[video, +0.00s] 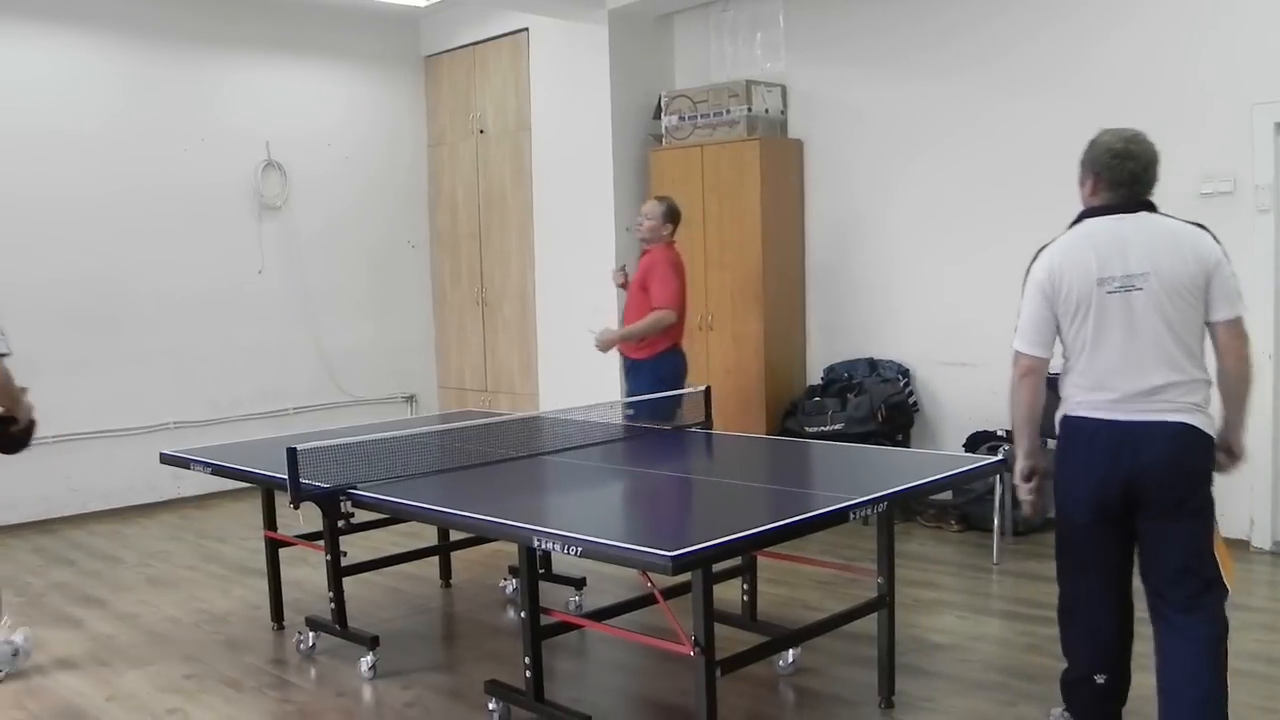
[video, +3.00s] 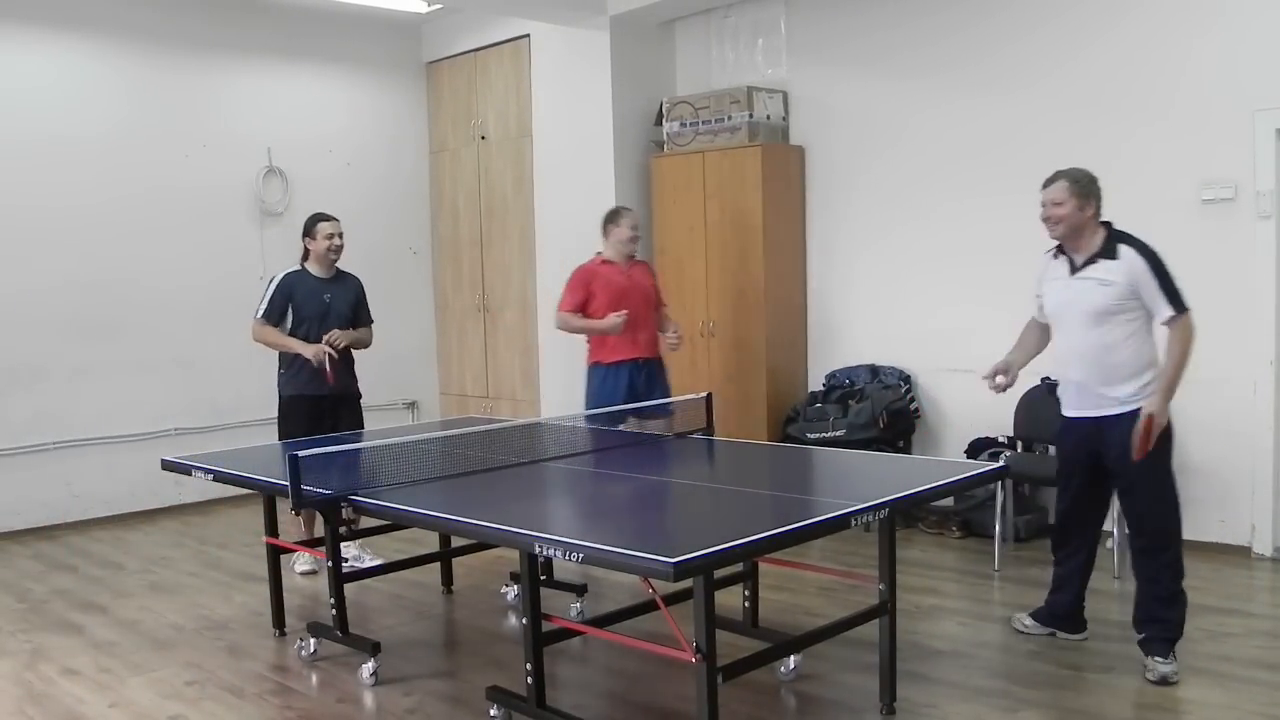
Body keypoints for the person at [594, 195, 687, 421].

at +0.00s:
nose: (639, 222)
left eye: (647, 218)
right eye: (640, 216)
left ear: (666, 229)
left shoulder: (663, 258)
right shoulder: (652, 256)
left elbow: (667, 314)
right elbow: (650, 298)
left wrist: (618, 336)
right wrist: (627, 285)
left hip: (656, 364)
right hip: (645, 362)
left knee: (649, 442)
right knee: (644, 441)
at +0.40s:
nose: (589, 234)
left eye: (597, 229)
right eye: (590, 226)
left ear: (619, 235)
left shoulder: (624, 266)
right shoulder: (611, 261)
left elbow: (640, 324)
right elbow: (621, 299)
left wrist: (596, 359)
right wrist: (595, 293)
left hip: (629, 370)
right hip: (616, 369)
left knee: (627, 450)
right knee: (624, 449)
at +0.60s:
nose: (572, 242)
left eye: (579, 237)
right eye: (570, 235)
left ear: (601, 240)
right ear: (568, 233)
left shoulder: (610, 270)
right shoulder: (594, 263)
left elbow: (634, 327)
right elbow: (607, 296)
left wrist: (595, 366)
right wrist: (581, 296)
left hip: (625, 375)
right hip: (610, 374)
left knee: (627, 453)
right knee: (622, 452)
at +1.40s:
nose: (573, 236)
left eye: (581, 230)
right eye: (569, 229)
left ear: (599, 233)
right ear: (564, 230)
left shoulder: (615, 272)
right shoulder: (563, 263)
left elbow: (640, 319)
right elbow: (565, 294)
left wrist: (614, 360)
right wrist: (547, 308)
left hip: (608, 378)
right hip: (571, 376)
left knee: (609, 446)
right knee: (576, 446)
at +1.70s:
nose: (572, 232)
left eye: (579, 226)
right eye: (565, 225)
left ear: (589, 231)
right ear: (555, 230)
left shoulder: (609, 268)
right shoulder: (538, 270)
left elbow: (631, 307)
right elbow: (521, 307)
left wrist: (627, 344)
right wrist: (522, 320)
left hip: (600, 376)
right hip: (554, 377)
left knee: (611, 446)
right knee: (556, 446)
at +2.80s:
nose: (600, 229)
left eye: (600, 224)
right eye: (593, 223)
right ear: (572, 229)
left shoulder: (612, 264)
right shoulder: (552, 274)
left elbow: (626, 302)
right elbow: (532, 322)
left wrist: (642, 320)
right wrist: (572, 324)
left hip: (623, 366)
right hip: (581, 371)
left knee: (641, 434)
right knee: (578, 443)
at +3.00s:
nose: (637, 235)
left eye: (638, 229)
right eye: (632, 228)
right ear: (609, 231)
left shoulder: (644, 270)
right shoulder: (587, 273)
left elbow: (657, 310)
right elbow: (563, 319)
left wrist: (669, 329)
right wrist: (603, 326)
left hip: (650, 368)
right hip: (608, 372)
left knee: (659, 443)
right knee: (603, 445)